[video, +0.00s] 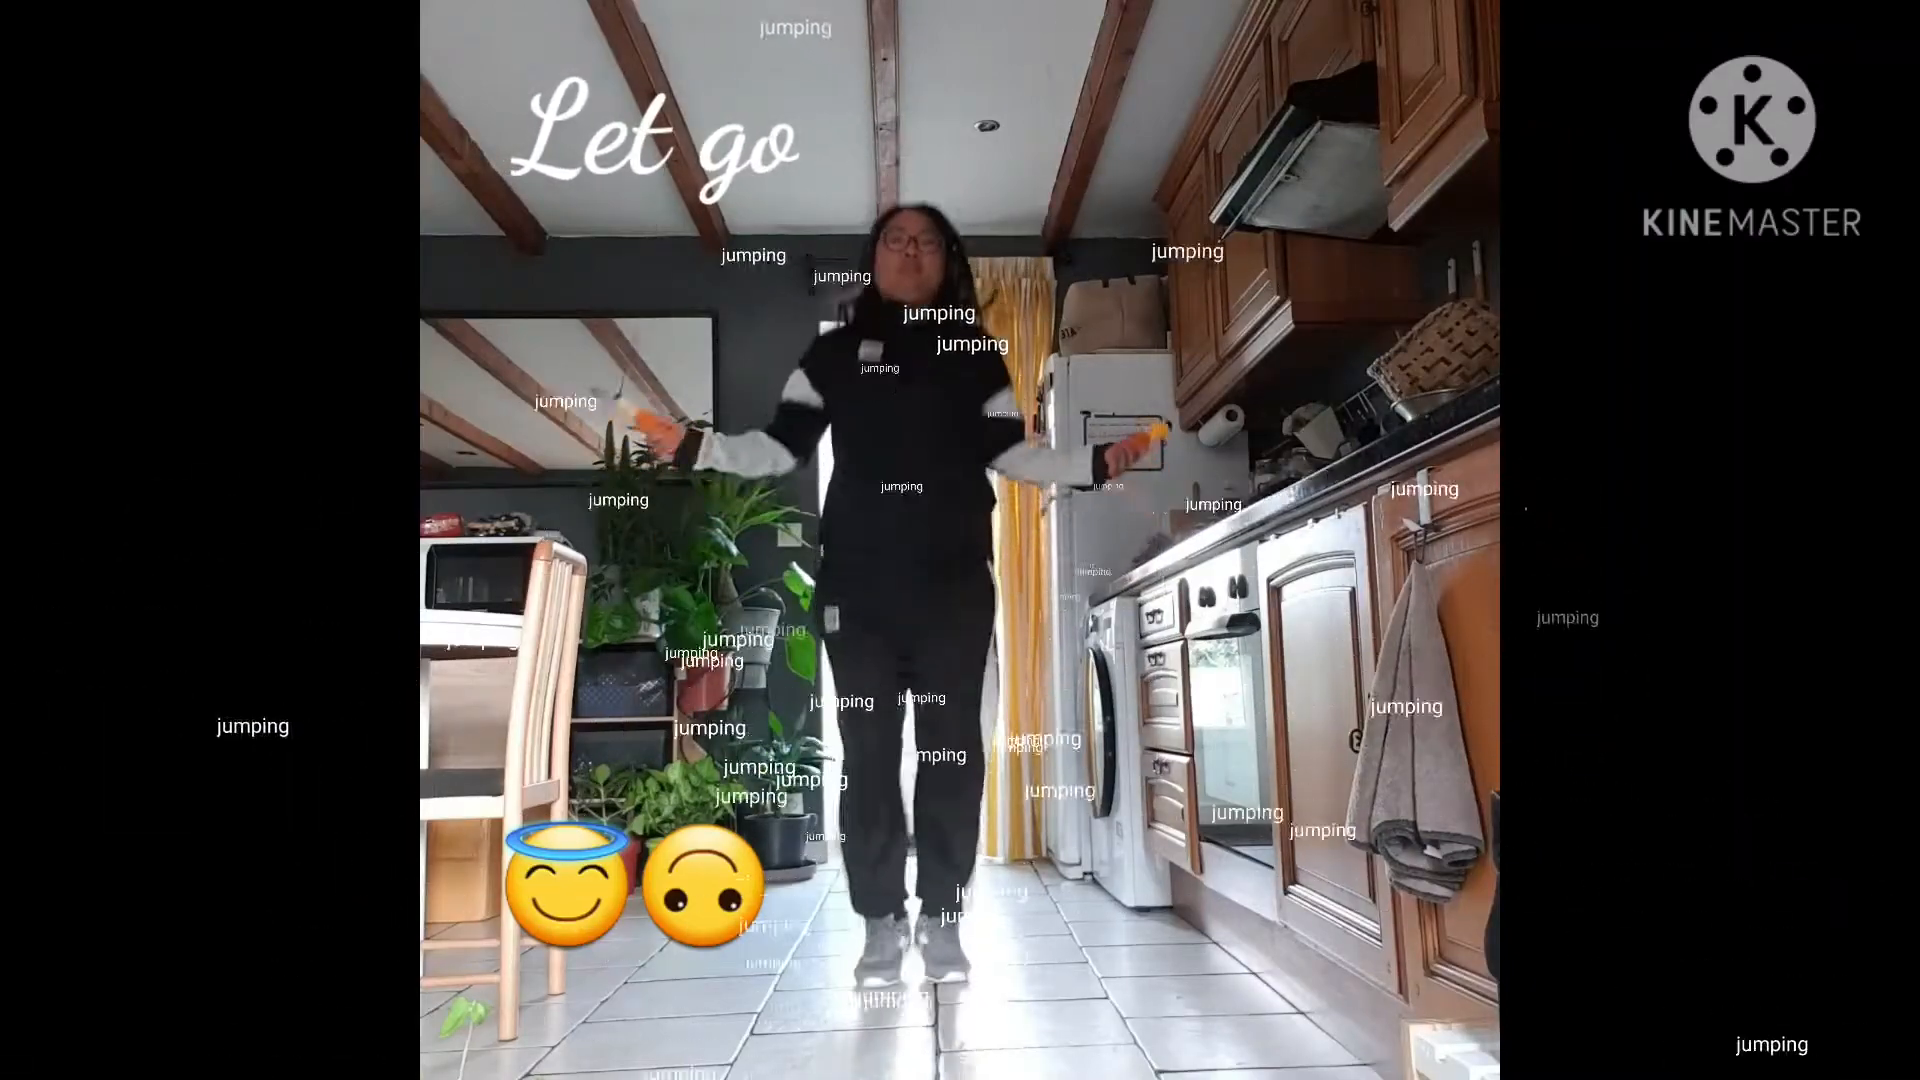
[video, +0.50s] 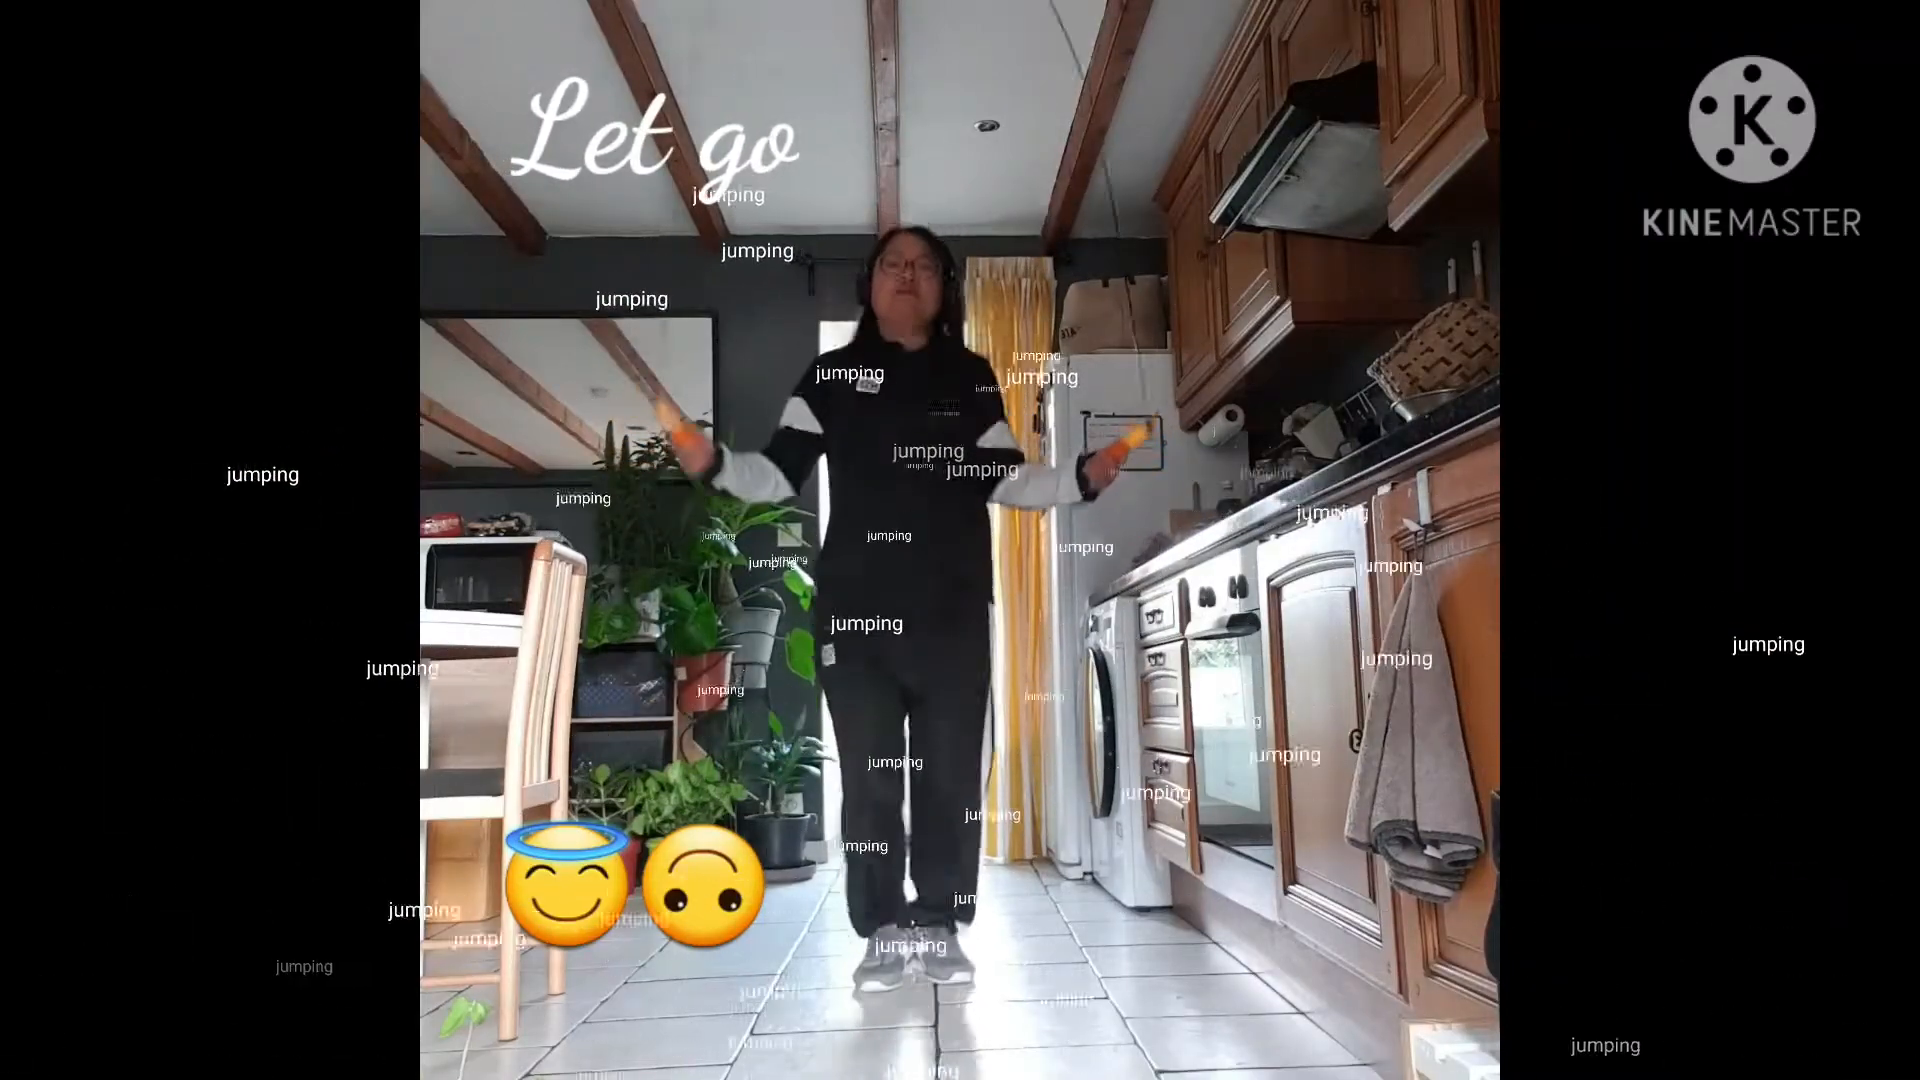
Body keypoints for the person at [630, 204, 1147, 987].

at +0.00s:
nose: (908, 249)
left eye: (925, 240)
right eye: (894, 240)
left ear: (950, 266)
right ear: (870, 263)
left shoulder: (973, 350)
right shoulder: (835, 350)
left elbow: (1009, 454)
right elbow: (780, 447)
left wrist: (1099, 463)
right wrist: (694, 444)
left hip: (954, 575)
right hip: (861, 573)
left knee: (952, 748)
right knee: (869, 753)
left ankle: (942, 915)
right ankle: (880, 923)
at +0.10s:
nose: (907, 272)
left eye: (924, 263)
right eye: (893, 261)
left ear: (947, 284)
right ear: (871, 281)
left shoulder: (972, 372)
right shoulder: (837, 371)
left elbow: (1009, 474)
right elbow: (784, 470)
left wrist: (1081, 499)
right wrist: (718, 481)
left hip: (952, 596)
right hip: (860, 596)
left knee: (944, 762)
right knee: (869, 765)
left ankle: (937, 924)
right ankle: (885, 927)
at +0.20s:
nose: (907, 230)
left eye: (924, 219)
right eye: (893, 218)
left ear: (947, 243)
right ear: (870, 240)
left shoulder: (971, 331)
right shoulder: (832, 331)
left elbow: (1017, 447)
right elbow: (792, 441)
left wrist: (1082, 505)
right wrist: (729, 492)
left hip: (952, 564)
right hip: (858, 563)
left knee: (949, 741)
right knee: (866, 744)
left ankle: (943, 908)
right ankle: (876, 908)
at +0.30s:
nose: (907, 211)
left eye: (923, 202)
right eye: (892, 201)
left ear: (947, 225)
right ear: (868, 222)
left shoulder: (969, 311)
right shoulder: (833, 309)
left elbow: (1007, 424)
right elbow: (785, 416)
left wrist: (1093, 472)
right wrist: (693, 462)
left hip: (951, 540)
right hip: (856, 540)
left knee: (950, 712)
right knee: (867, 714)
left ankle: (944, 883)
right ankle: (879, 884)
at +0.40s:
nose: (906, 235)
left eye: (923, 225)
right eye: (891, 224)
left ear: (947, 251)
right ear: (868, 248)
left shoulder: (970, 338)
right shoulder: (833, 334)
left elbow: (1006, 441)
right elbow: (780, 431)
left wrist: (1094, 455)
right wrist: (690, 431)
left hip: (953, 564)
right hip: (858, 563)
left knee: (950, 737)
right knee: (869, 736)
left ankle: (945, 911)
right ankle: (879, 914)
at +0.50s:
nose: (906, 275)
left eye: (921, 265)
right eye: (892, 264)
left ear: (945, 288)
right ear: (869, 285)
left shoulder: (971, 377)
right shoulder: (834, 375)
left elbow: (1002, 479)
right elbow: (778, 474)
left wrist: (1079, 479)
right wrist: (715, 463)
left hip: (951, 603)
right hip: (857, 603)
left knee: (949, 768)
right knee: (870, 769)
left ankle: (942, 924)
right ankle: (883, 929)